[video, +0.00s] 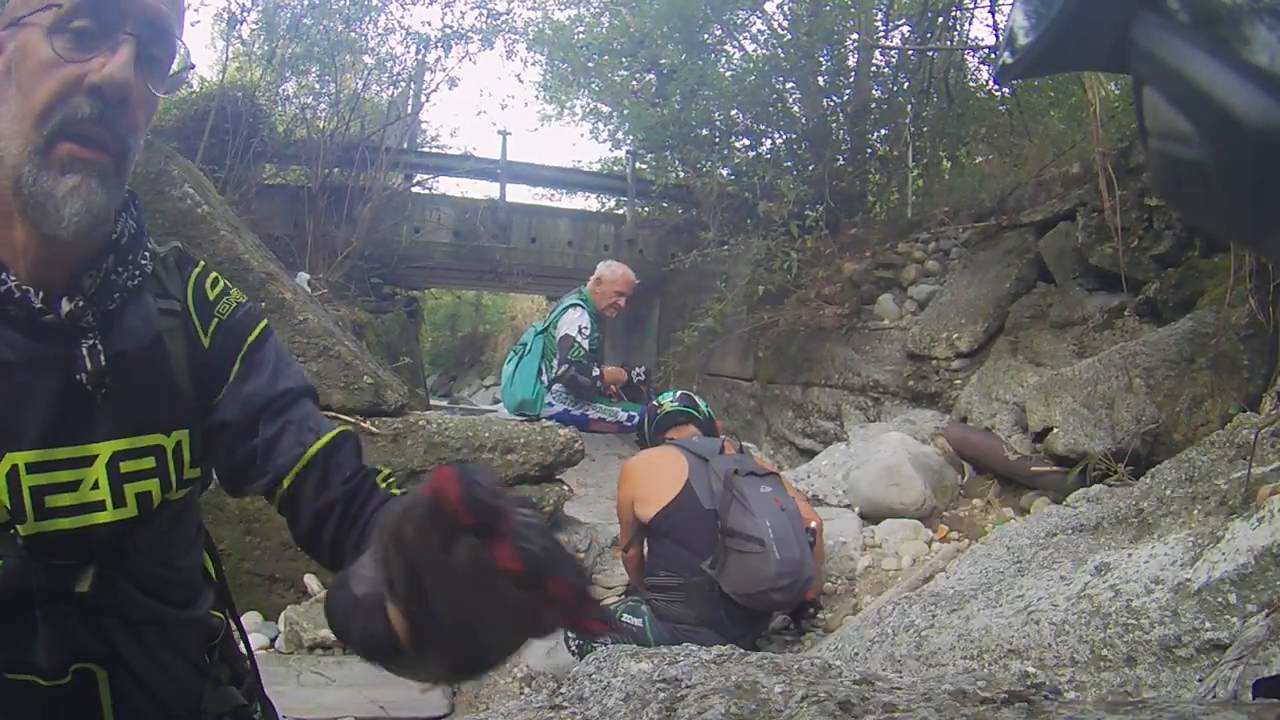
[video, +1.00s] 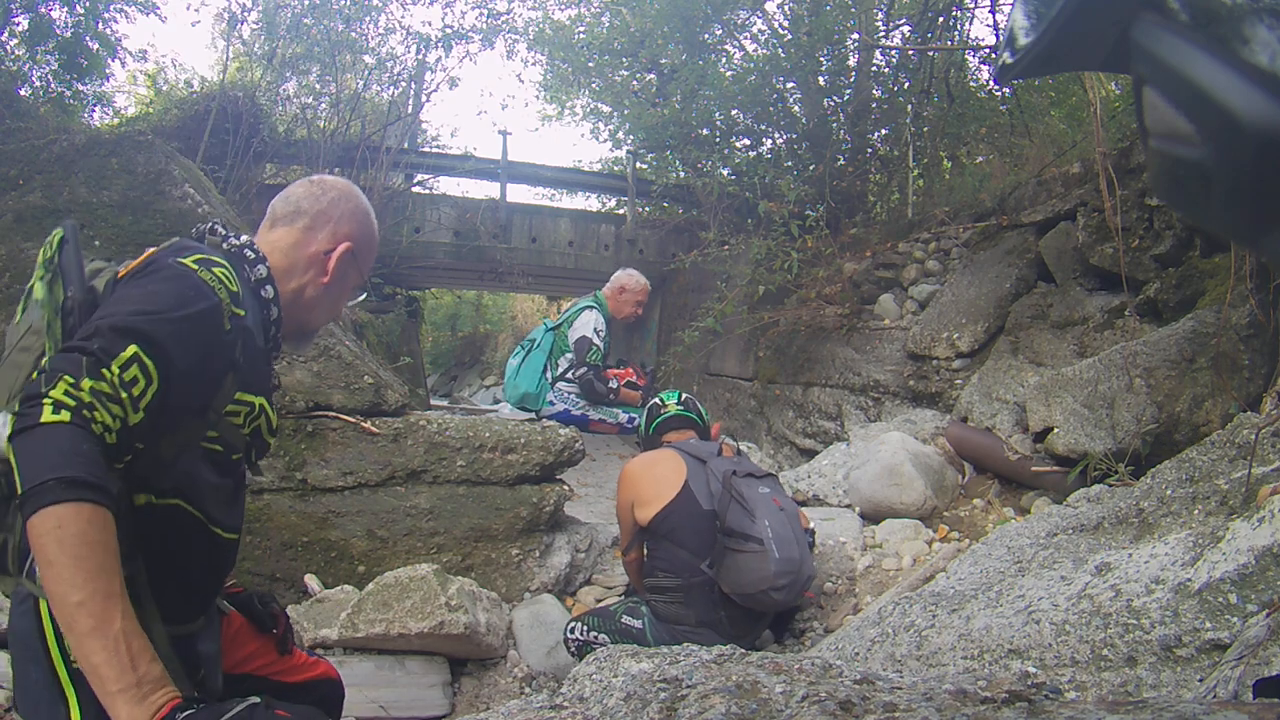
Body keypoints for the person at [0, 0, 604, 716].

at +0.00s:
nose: (119, 77)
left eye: (151, 58)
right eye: (77, 32)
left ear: (158, 104)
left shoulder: (182, 305)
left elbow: (342, 505)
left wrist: (436, 591)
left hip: (184, 689)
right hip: (29, 687)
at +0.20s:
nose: (247, 140)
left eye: (248, 100)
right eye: (223, 88)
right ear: (101, 83)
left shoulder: (198, 312)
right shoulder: (10, 299)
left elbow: (245, 495)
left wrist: (310, 599)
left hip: (213, 699)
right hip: (41, 707)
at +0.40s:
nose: (308, 222)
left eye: (317, 188)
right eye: (308, 179)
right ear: (229, 136)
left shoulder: (194, 316)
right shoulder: (25, 297)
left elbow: (180, 505)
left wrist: (262, 595)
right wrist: (96, 684)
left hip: (205, 677)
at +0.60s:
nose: (328, 280)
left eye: (338, 255)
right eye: (334, 247)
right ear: (282, 206)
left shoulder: (203, 330)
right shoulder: (83, 314)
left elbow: (155, 521)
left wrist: (237, 597)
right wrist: (146, 701)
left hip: (186, 659)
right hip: (64, 696)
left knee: (342, 708)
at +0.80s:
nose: (335, 321)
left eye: (347, 302)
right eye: (346, 296)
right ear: (314, 265)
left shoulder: (221, 334)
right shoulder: (161, 317)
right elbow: (4, 474)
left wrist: (222, 591)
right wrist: (129, 701)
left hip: (192, 649)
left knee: (326, 689)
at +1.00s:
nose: (340, 313)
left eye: (353, 296)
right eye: (353, 290)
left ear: (269, 229)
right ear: (331, 262)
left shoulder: (238, 310)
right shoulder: (197, 287)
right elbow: (56, 436)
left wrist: (218, 598)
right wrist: (144, 700)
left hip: (182, 625)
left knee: (319, 686)